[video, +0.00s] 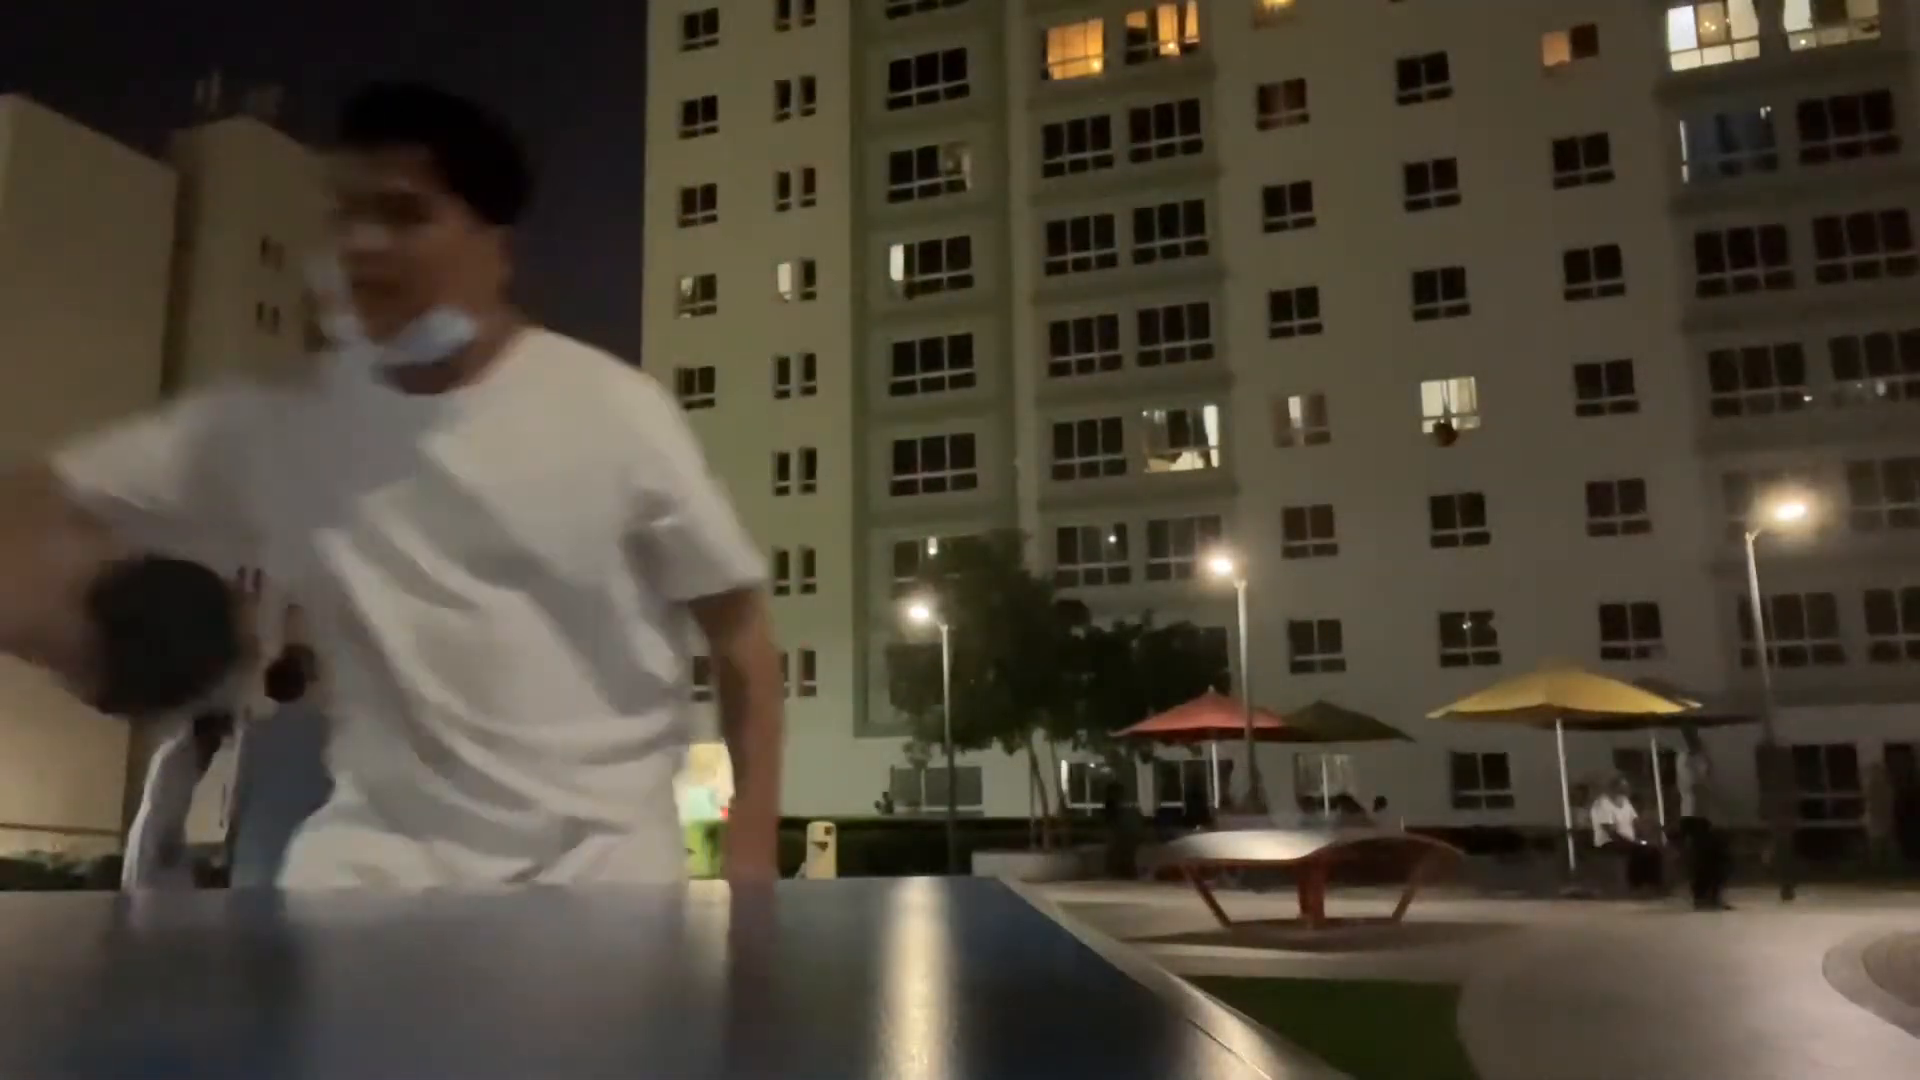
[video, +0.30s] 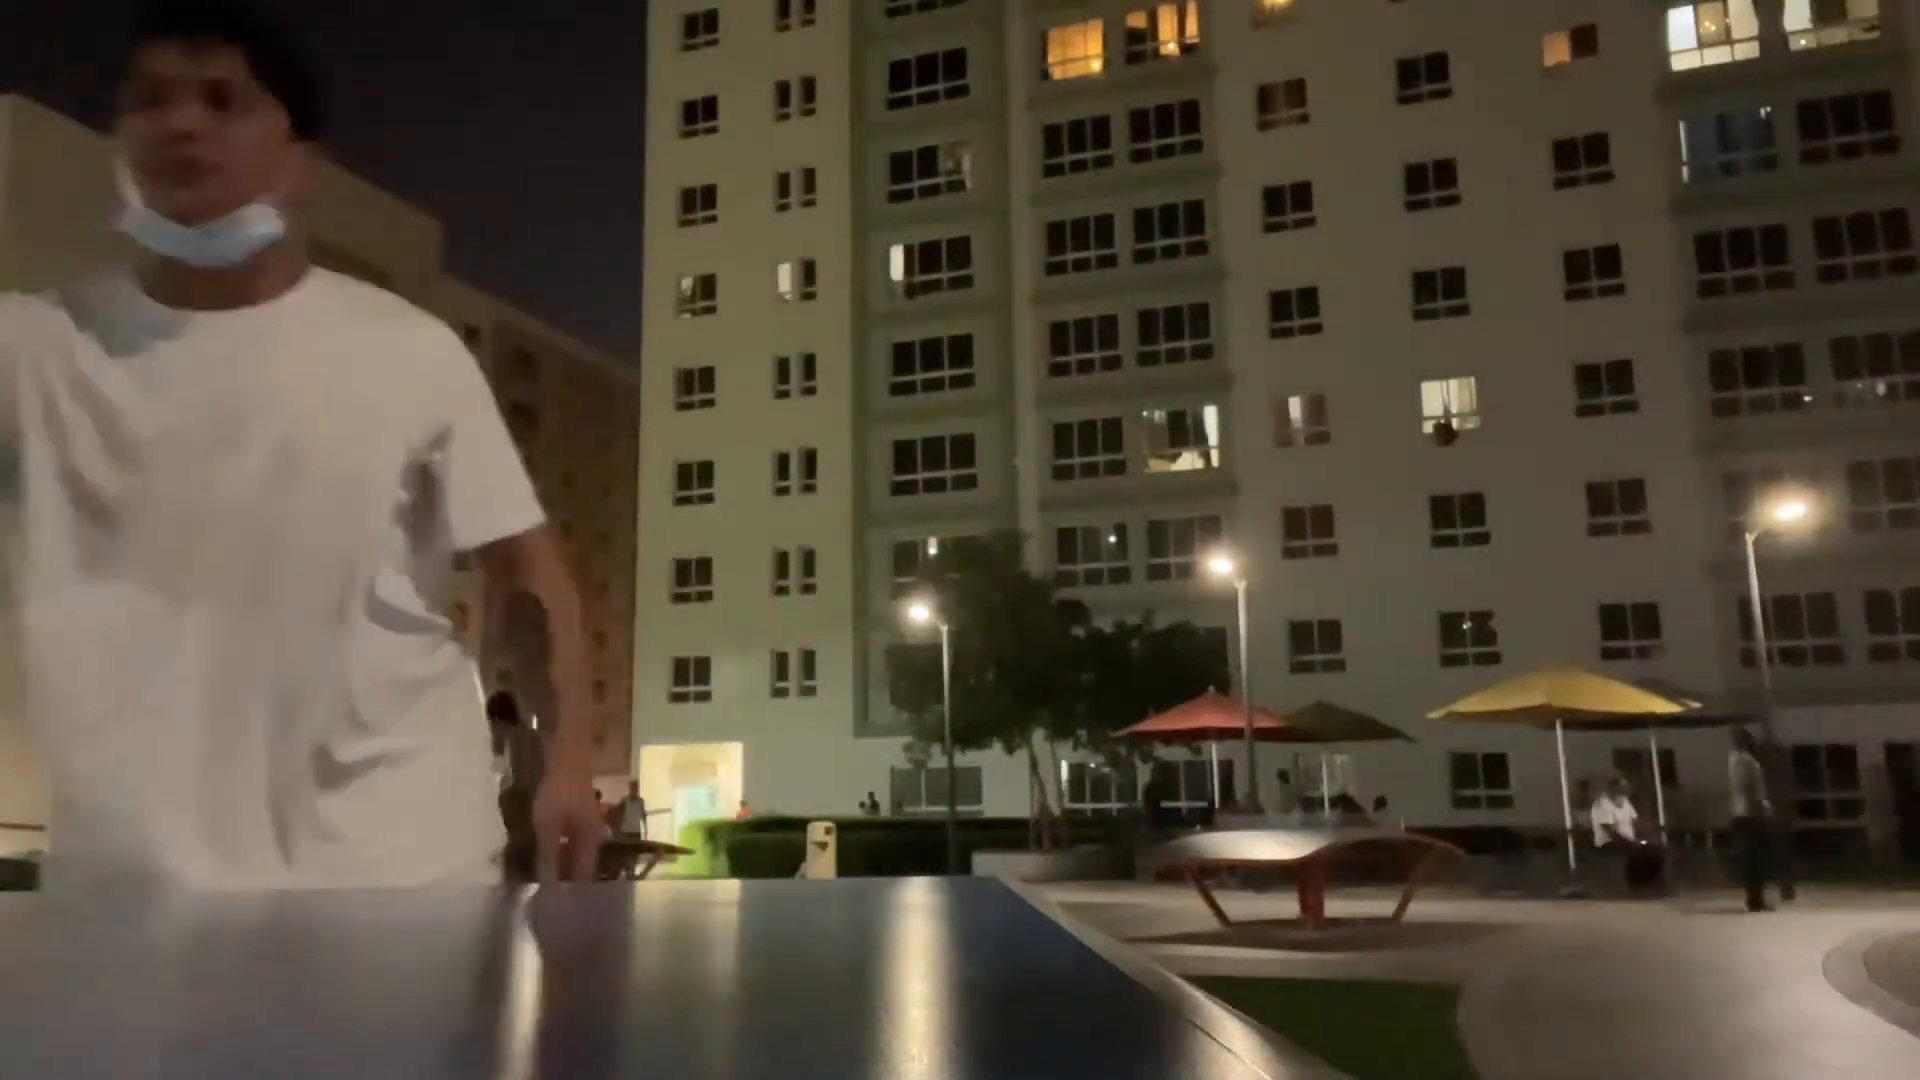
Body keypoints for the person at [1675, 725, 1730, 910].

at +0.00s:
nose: (1696, 742)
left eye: (1696, 738)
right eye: (1693, 739)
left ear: (1696, 740)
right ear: (1689, 740)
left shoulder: (1701, 759)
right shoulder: (1685, 759)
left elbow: (1707, 783)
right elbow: (1692, 783)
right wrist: (1705, 768)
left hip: (1706, 818)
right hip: (1693, 817)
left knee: (1713, 857)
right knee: (1699, 858)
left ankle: (1712, 895)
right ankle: (1701, 896)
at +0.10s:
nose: (1719, 748)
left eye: (1719, 745)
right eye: (1716, 745)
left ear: (1714, 746)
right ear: (1709, 746)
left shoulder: (1715, 761)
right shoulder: (1704, 761)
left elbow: (1727, 781)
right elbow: (1713, 786)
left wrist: (1725, 761)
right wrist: (1729, 795)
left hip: (1717, 818)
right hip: (1706, 819)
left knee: (1736, 859)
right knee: (1706, 860)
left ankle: (1751, 897)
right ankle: (1700, 899)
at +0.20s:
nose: (1738, 745)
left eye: (1736, 741)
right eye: (1735, 742)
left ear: (1722, 743)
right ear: (1731, 743)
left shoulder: (1718, 762)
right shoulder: (1730, 763)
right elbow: (1743, 786)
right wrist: (1754, 797)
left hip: (1725, 818)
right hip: (1737, 818)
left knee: (1726, 861)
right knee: (1750, 860)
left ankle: (1713, 891)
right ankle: (1754, 898)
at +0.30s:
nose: (1753, 742)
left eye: (1751, 738)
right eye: (1750, 739)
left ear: (1736, 741)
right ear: (1747, 741)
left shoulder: (1734, 760)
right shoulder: (1748, 761)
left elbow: (1741, 788)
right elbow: (1753, 789)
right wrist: (1764, 808)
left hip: (1739, 815)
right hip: (1752, 817)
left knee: (1749, 859)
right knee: (1755, 859)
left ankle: (1753, 898)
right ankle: (1756, 899)